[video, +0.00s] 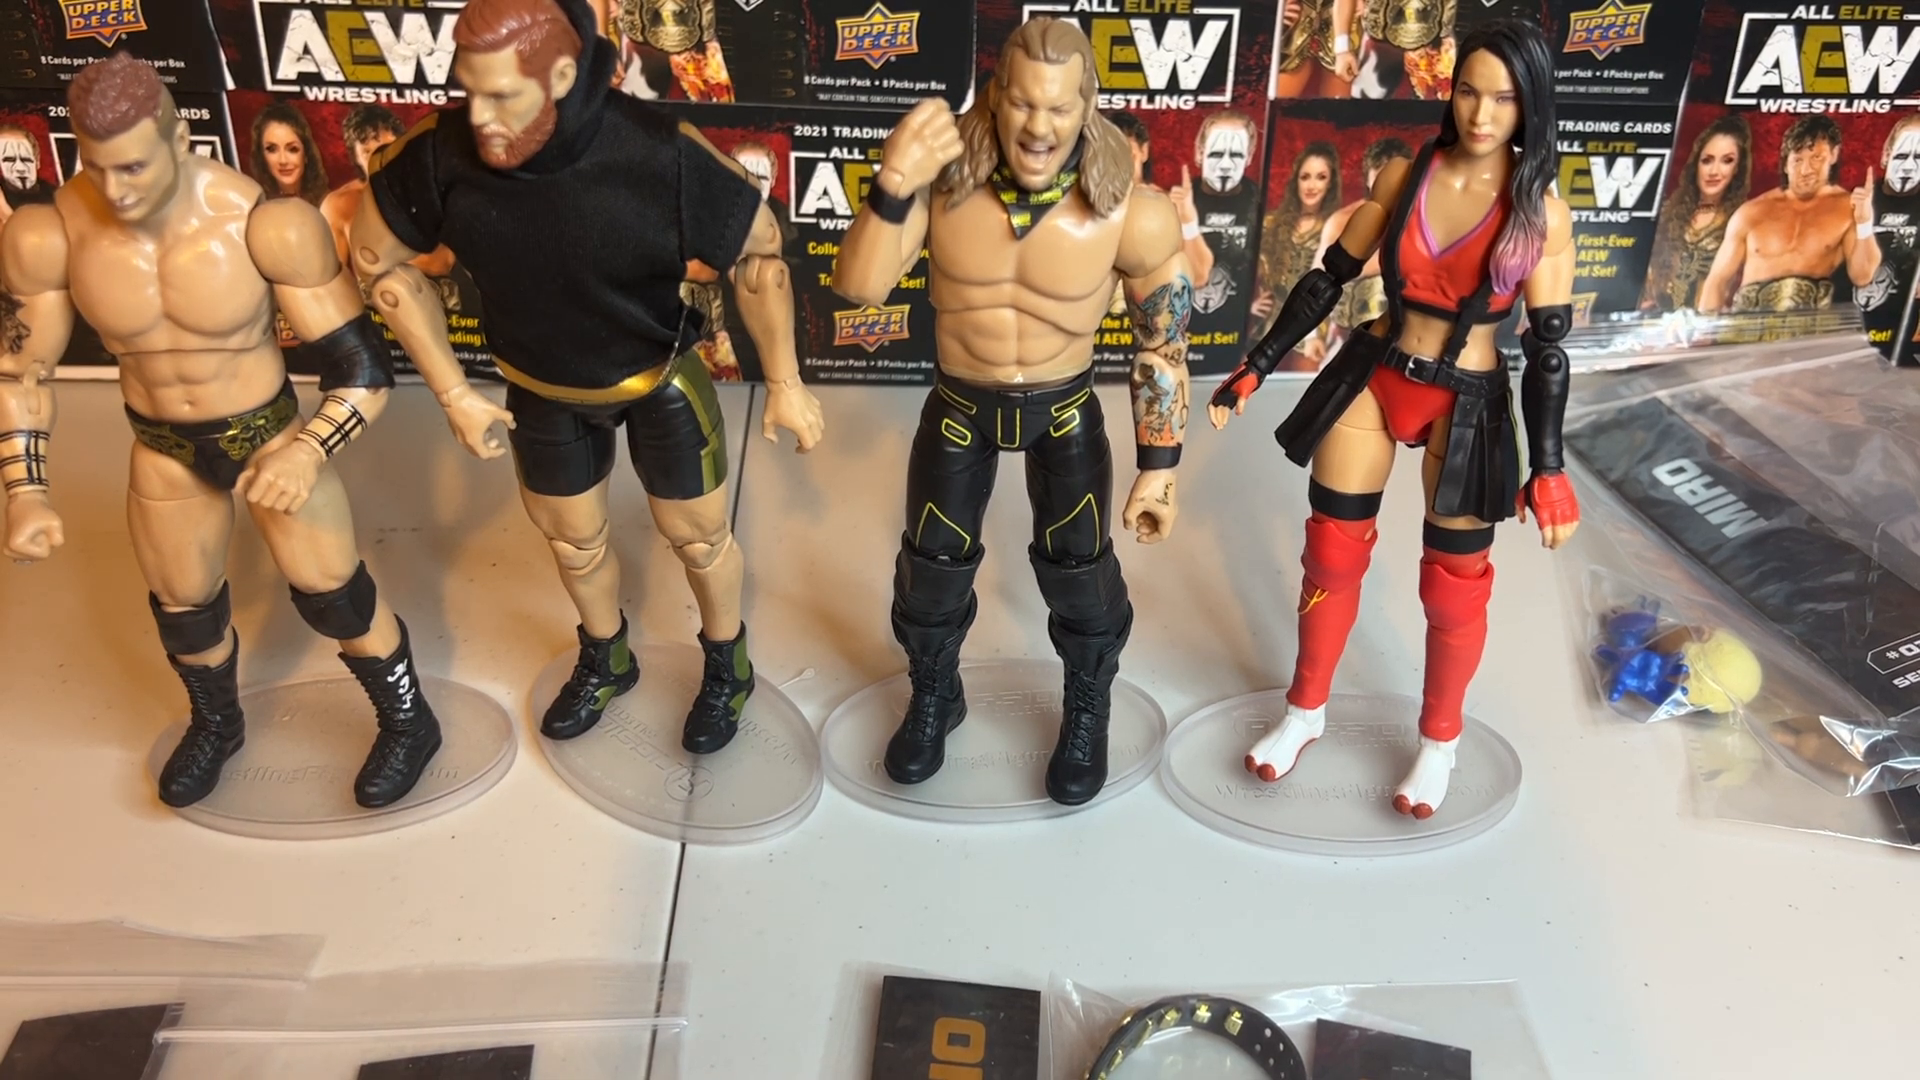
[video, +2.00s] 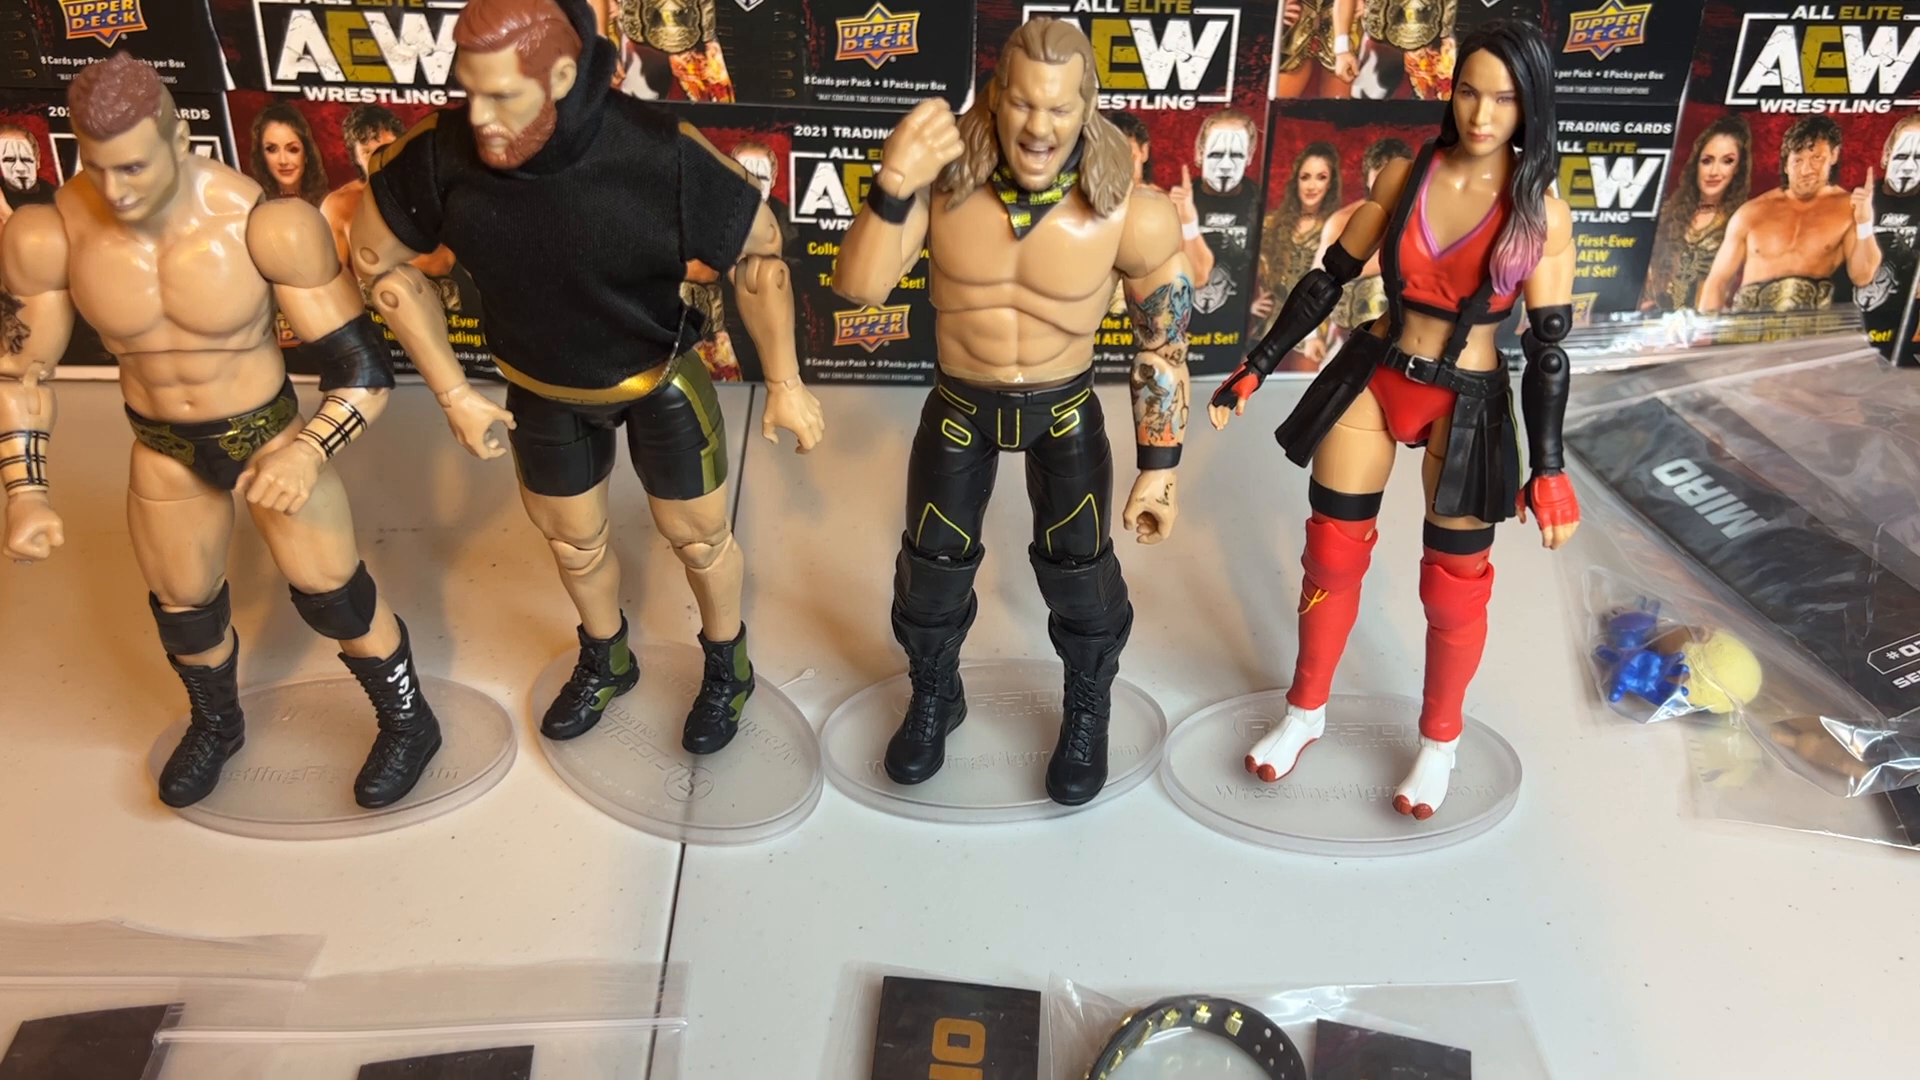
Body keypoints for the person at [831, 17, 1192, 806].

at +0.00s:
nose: (1039, 126)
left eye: (1060, 109)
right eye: (1024, 104)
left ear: (1086, 106)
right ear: (995, 95)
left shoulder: (1129, 208)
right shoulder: (943, 176)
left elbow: (1162, 337)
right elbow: (858, 287)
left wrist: (1161, 463)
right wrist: (892, 189)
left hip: (1064, 408)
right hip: (958, 403)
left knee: (1078, 568)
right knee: (933, 562)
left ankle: (1086, 712)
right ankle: (932, 698)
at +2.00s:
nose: (1039, 127)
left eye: (1060, 109)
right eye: (1024, 104)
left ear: (1086, 107)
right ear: (995, 95)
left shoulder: (1129, 207)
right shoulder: (944, 176)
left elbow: (1163, 338)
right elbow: (857, 287)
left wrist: (1161, 464)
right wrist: (892, 190)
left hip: (1064, 408)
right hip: (959, 403)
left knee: (1078, 568)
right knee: (932, 562)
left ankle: (1086, 714)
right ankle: (932, 699)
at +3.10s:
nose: (1040, 127)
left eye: (1060, 109)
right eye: (1024, 104)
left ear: (1087, 106)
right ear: (995, 95)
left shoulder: (1129, 207)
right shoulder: (944, 176)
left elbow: (1162, 338)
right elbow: (858, 286)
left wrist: (1161, 464)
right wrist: (892, 189)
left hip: (1064, 407)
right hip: (959, 403)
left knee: (1078, 569)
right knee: (932, 563)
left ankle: (1086, 713)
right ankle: (932, 699)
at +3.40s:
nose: (1039, 127)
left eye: (1060, 109)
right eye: (1024, 104)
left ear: (1086, 106)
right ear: (995, 95)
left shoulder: (1129, 207)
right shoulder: (944, 176)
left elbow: (1163, 337)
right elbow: (857, 287)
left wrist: (1161, 463)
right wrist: (892, 190)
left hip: (1064, 407)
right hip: (959, 403)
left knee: (1078, 568)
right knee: (932, 562)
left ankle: (1086, 713)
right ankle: (932, 699)